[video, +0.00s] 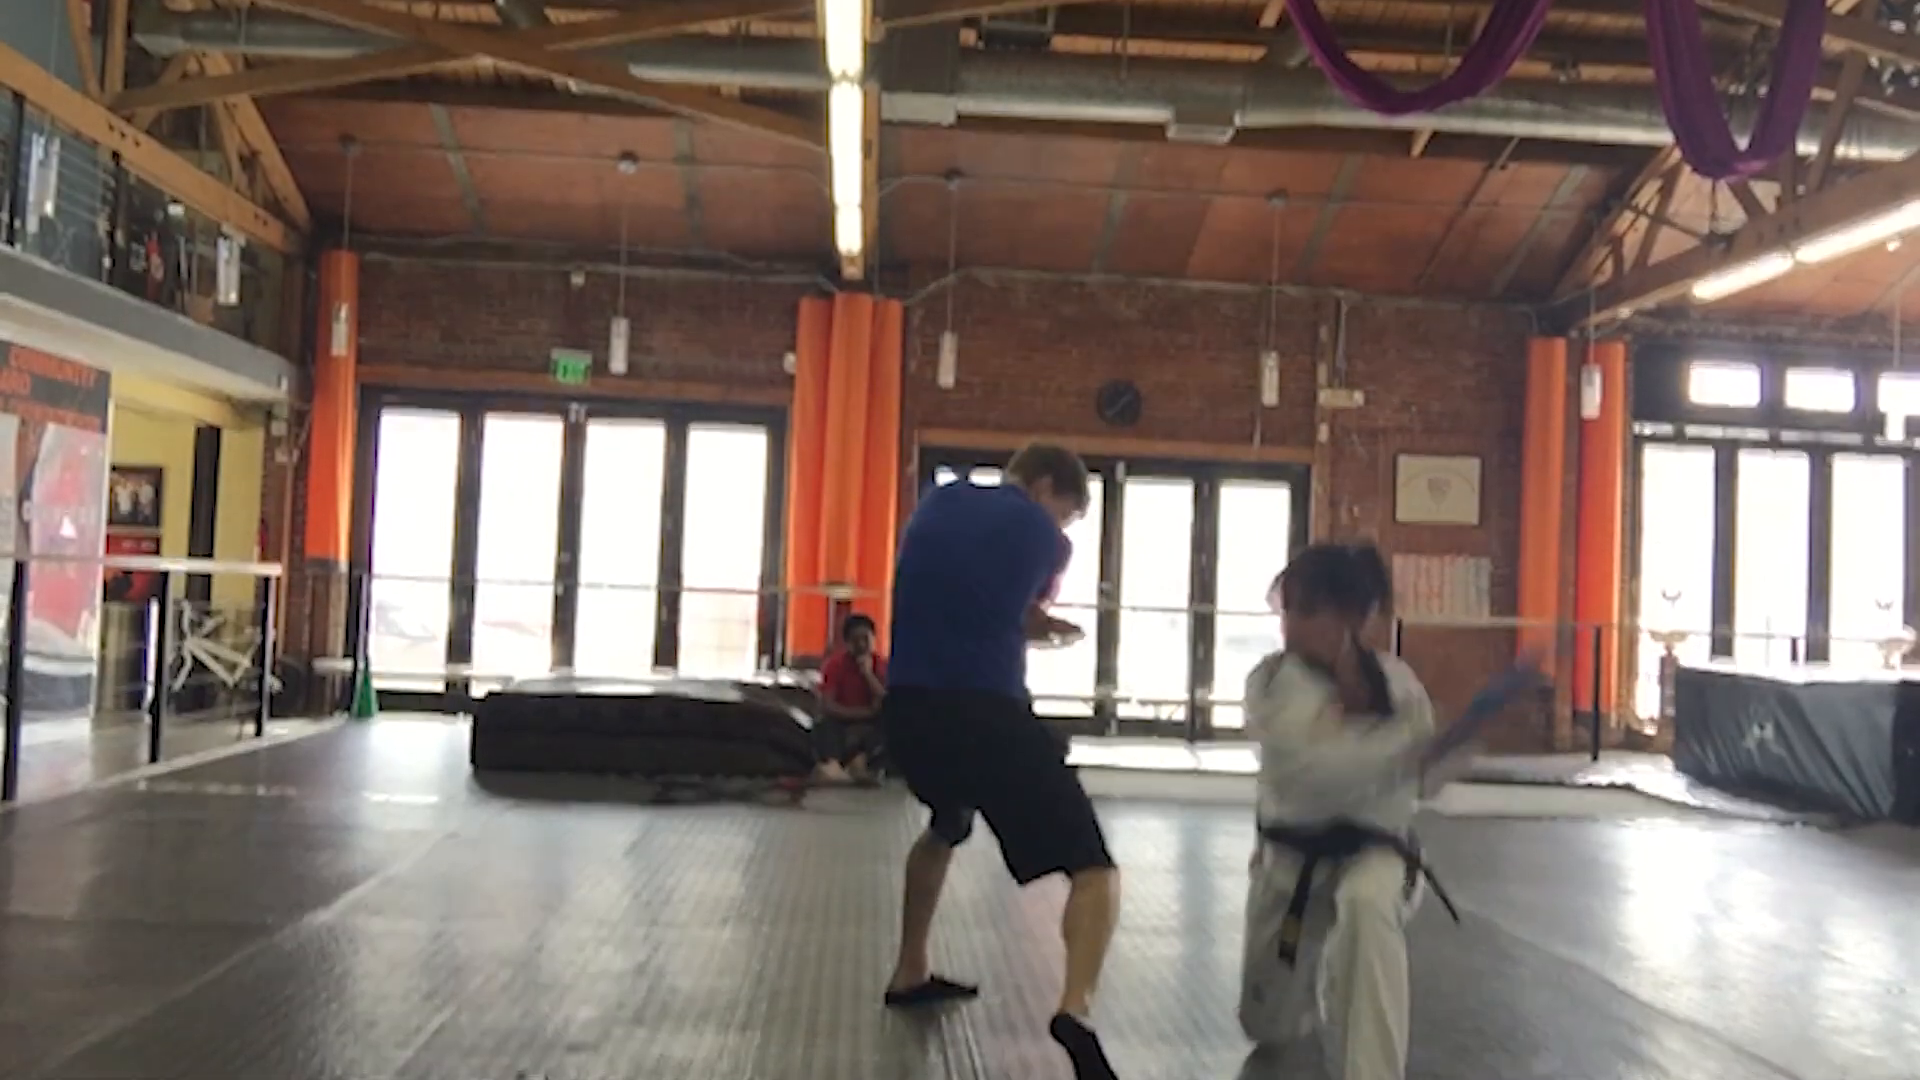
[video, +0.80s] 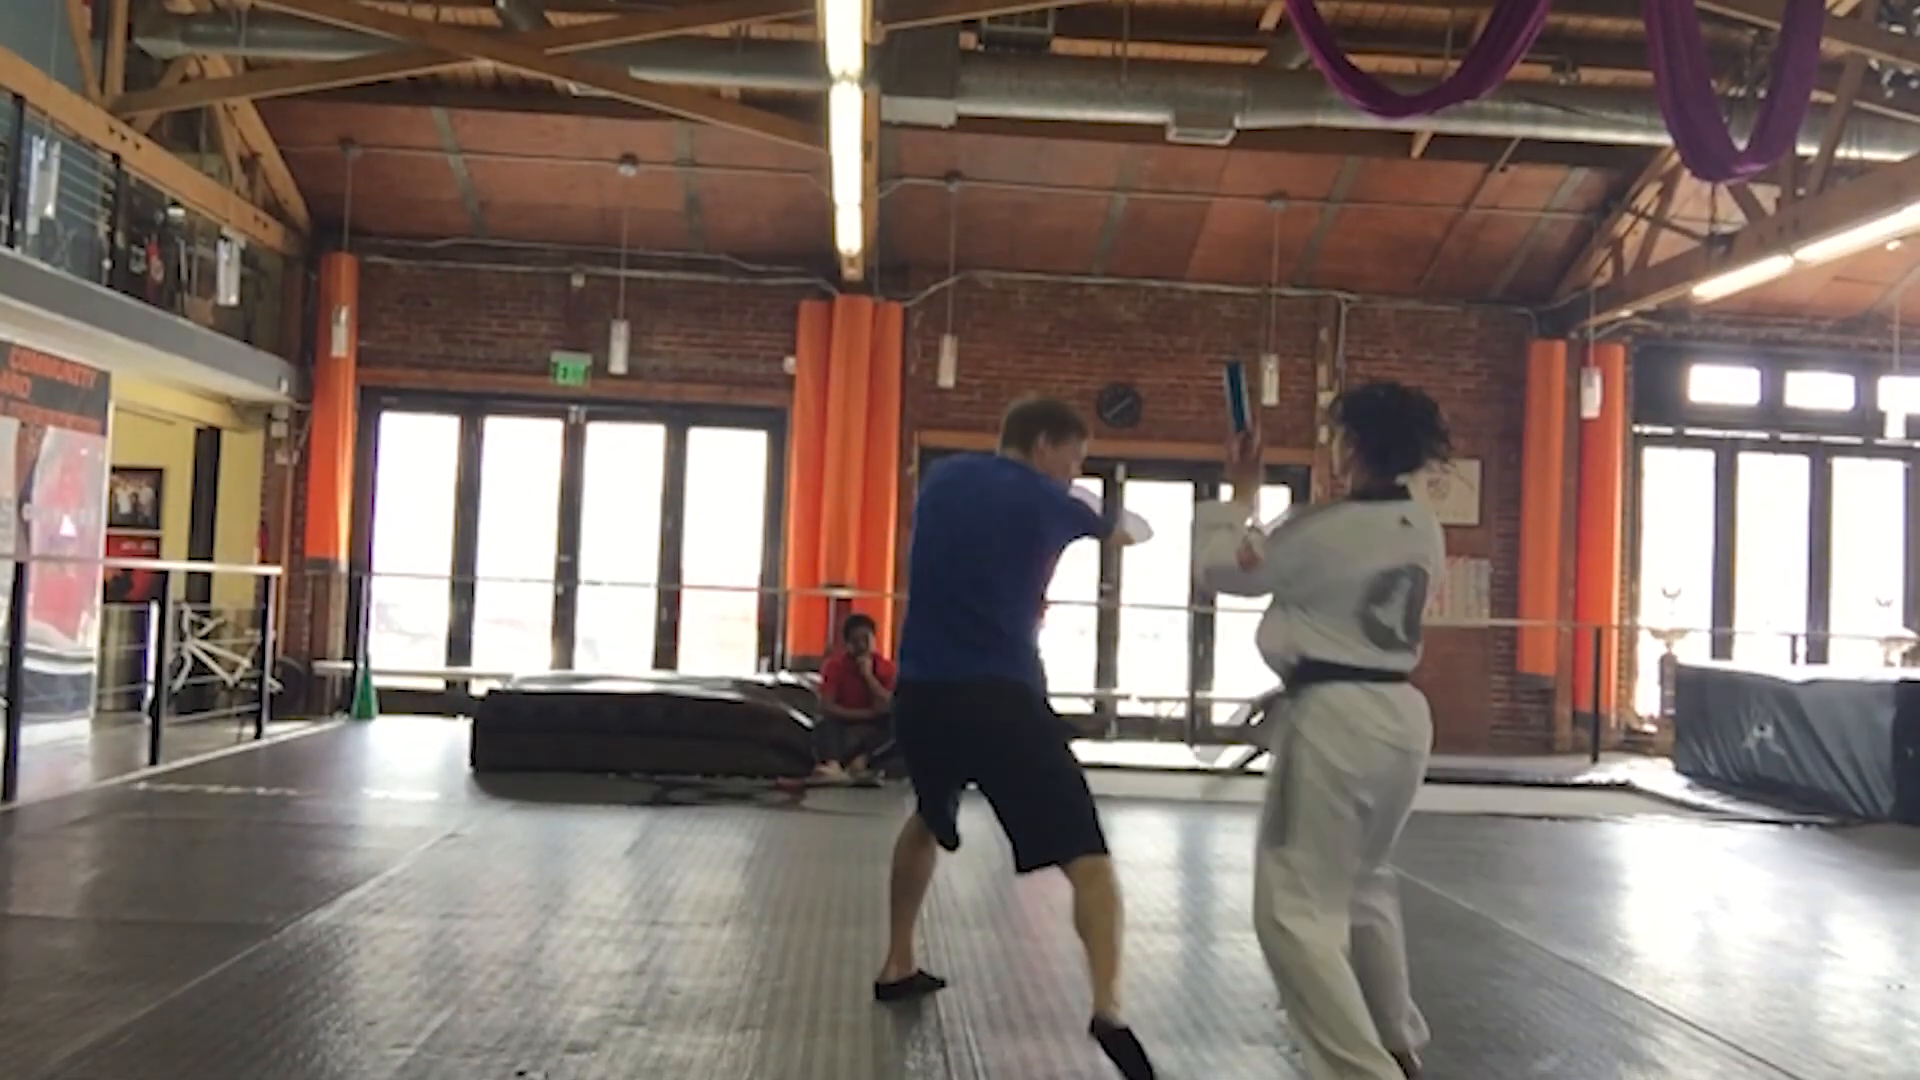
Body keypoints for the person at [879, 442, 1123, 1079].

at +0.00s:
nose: (1063, 525)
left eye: (1067, 515)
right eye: (1065, 512)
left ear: (1016, 474)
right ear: (1044, 485)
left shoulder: (937, 501)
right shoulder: (1043, 535)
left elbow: (934, 599)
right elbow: (1025, 616)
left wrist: (1030, 623)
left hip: (909, 708)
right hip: (990, 714)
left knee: (945, 823)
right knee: (1093, 868)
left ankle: (910, 974)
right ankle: (1075, 1008)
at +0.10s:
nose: (1064, 523)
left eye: (1070, 516)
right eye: (1067, 512)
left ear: (1017, 472)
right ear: (1044, 486)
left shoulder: (940, 496)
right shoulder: (1037, 519)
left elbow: (937, 586)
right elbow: (1068, 588)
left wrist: (1010, 634)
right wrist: (1004, 557)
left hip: (901, 702)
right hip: (983, 707)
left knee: (941, 826)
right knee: (1079, 871)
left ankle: (909, 976)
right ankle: (1069, 1012)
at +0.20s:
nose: (1060, 492)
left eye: (1063, 484)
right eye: (1064, 483)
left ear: (1016, 441)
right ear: (1052, 470)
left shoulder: (931, 470)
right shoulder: (1038, 514)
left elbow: (856, 529)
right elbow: (1115, 572)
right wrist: (1065, 558)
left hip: (904, 692)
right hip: (988, 695)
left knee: (931, 825)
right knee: (1065, 853)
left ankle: (909, 972)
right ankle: (1097, 991)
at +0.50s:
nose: (1066, 474)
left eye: (1068, 462)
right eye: (1067, 462)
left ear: (1000, 448)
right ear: (1048, 459)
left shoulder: (938, 502)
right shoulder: (1059, 537)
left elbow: (865, 596)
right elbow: (1049, 621)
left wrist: (921, 633)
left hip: (927, 712)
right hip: (1012, 726)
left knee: (914, 828)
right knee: (1055, 886)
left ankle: (899, 969)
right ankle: (1070, 1017)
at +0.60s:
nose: (1067, 504)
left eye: (1070, 492)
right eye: (1066, 490)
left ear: (1003, 472)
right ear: (1041, 477)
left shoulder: (933, 511)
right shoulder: (1054, 544)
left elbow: (920, 584)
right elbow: (1035, 618)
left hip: (928, 724)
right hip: (1015, 734)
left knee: (921, 823)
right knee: (1066, 891)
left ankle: (900, 968)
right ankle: (1092, 1028)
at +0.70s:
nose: (1068, 501)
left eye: (1071, 490)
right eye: (1067, 489)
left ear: (1005, 469)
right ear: (1041, 475)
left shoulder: (939, 505)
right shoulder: (1048, 534)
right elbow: (1035, 597)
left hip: (926, 712)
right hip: (1010, 719)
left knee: (921, 823)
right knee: (1078, 872)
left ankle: (900, 968)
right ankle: (1115, 1021)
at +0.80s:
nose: (1075, 472)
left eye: (1078, 462)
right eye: (1074, 461)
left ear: (1009, 439)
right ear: (1046, 445)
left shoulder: (940, 475)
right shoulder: (1049, 498)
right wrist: (1104, 511)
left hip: (922, 696)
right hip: (1002, 701)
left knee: (930, 813)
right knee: (1088, 860)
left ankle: (897, 965)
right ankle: (1108, 1009)